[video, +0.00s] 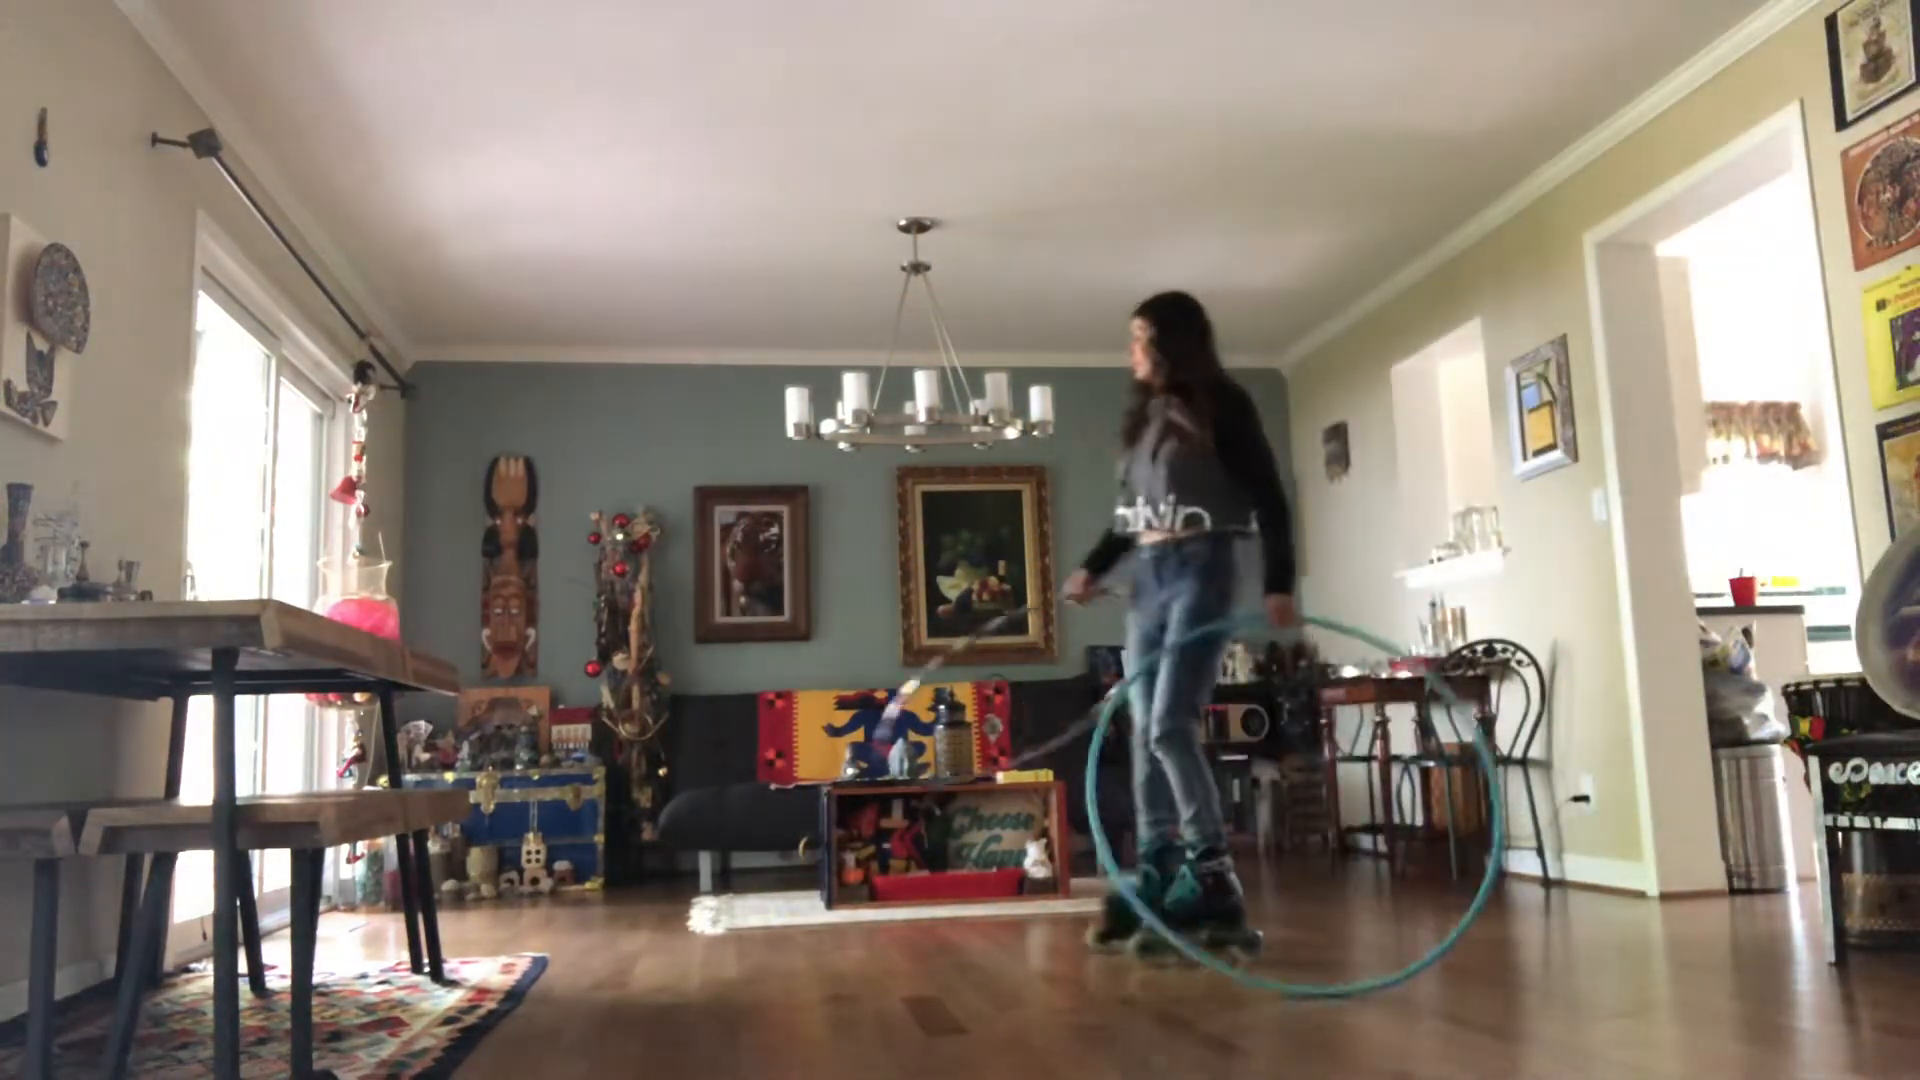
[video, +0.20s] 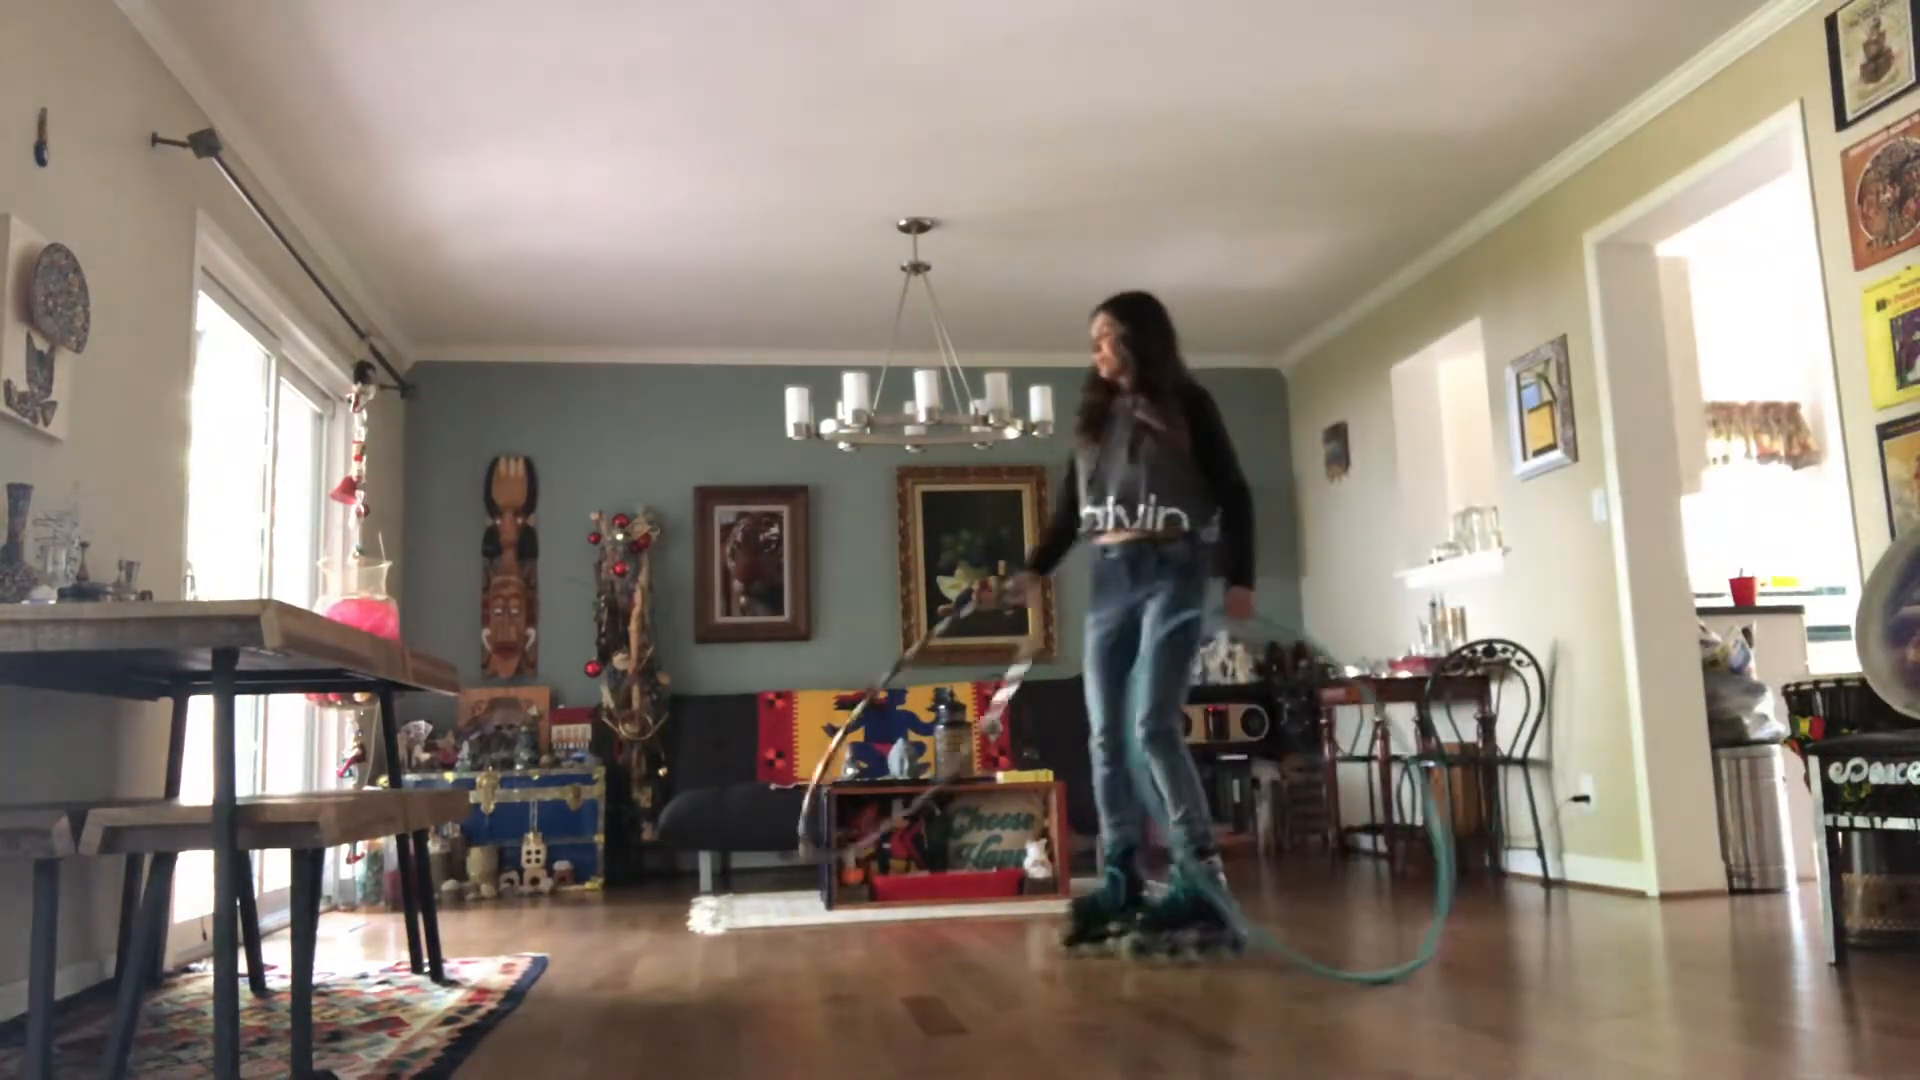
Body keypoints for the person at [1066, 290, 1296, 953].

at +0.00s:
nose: (1134, 354)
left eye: (1145, 341)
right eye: (1133, 342)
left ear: (1178, 343)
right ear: (1139, 347)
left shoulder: (1222, 403)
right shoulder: (1144, 415)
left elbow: (1270, 493)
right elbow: (1136, 509)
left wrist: (1280, 584)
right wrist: (1092, 567)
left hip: (1206, 562)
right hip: (1148, 568)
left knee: (1170, 725)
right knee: (1147, 730)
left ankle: (1214, 878)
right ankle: (1156, 875)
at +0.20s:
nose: (1103, 353)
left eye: (1113, 341)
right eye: (1097, 343)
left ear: (1145, 340)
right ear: (1096, 349)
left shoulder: (1187, 403)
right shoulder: (1096, 417)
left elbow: (1232, 490)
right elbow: (1072, 507)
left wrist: (1240, 578)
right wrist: (1033, 570)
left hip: (1175, 568)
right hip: (1110, 572)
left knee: (1152, 726)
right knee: (1106, 734)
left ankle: (1198, 880)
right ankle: (1117, 883)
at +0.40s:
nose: (1079, 345)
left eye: (1090, 333)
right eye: (1074, 336)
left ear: (1124, 335)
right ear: (1071, 345)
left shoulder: (1166, 405)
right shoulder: (1064, 414)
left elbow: (1208, 481)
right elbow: (1032, 492)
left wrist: (1234, 552)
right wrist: (986, 558)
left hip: (1158, 580)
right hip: (1085, 585)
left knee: (1158, 729)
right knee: (1081, 738)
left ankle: (1178, 873)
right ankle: (1091, 883)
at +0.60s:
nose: (1084, 335)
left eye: (1095, 323)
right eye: (1076, 328)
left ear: (1128, 327)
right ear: (1072, 340)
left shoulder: (1171, 401)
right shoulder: (1061, 401)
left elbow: (1205, 479)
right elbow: (1021, 474)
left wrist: (1250, 533)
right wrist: (973, 530)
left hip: (1165, 573)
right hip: (1086, 576)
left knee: (1180, 734)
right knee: (1062, 735)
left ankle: (1184, 886)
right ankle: (1046, 891)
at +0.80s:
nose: (1108, 317)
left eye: (1119, 303)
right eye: (1097, 311)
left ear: (1154, 307)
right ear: (1092, 328)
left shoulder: (1197, 390)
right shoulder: (1086, 391)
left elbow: (1238, 479)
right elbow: (1043, 458)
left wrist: (1300, 542)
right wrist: (1001, 510)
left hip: (1195, 574)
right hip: (1114, 577)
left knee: (1197, 741)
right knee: (1090, 741)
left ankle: (1202, 897)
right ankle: (1046, 888)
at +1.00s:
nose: (1126, 279)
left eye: (1137, 263)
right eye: (1115, 274)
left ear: (1175, 269)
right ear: (1110, 293)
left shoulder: (1221, 355)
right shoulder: (1108, 355)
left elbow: (1276, 446)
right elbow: (1058, 420)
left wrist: (1358, 512)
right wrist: (1005, 470)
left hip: (1217, 540)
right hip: (1139, 540)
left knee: (1223, 732)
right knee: (1121, 725)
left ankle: (1218, 901)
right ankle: (1091, 906)